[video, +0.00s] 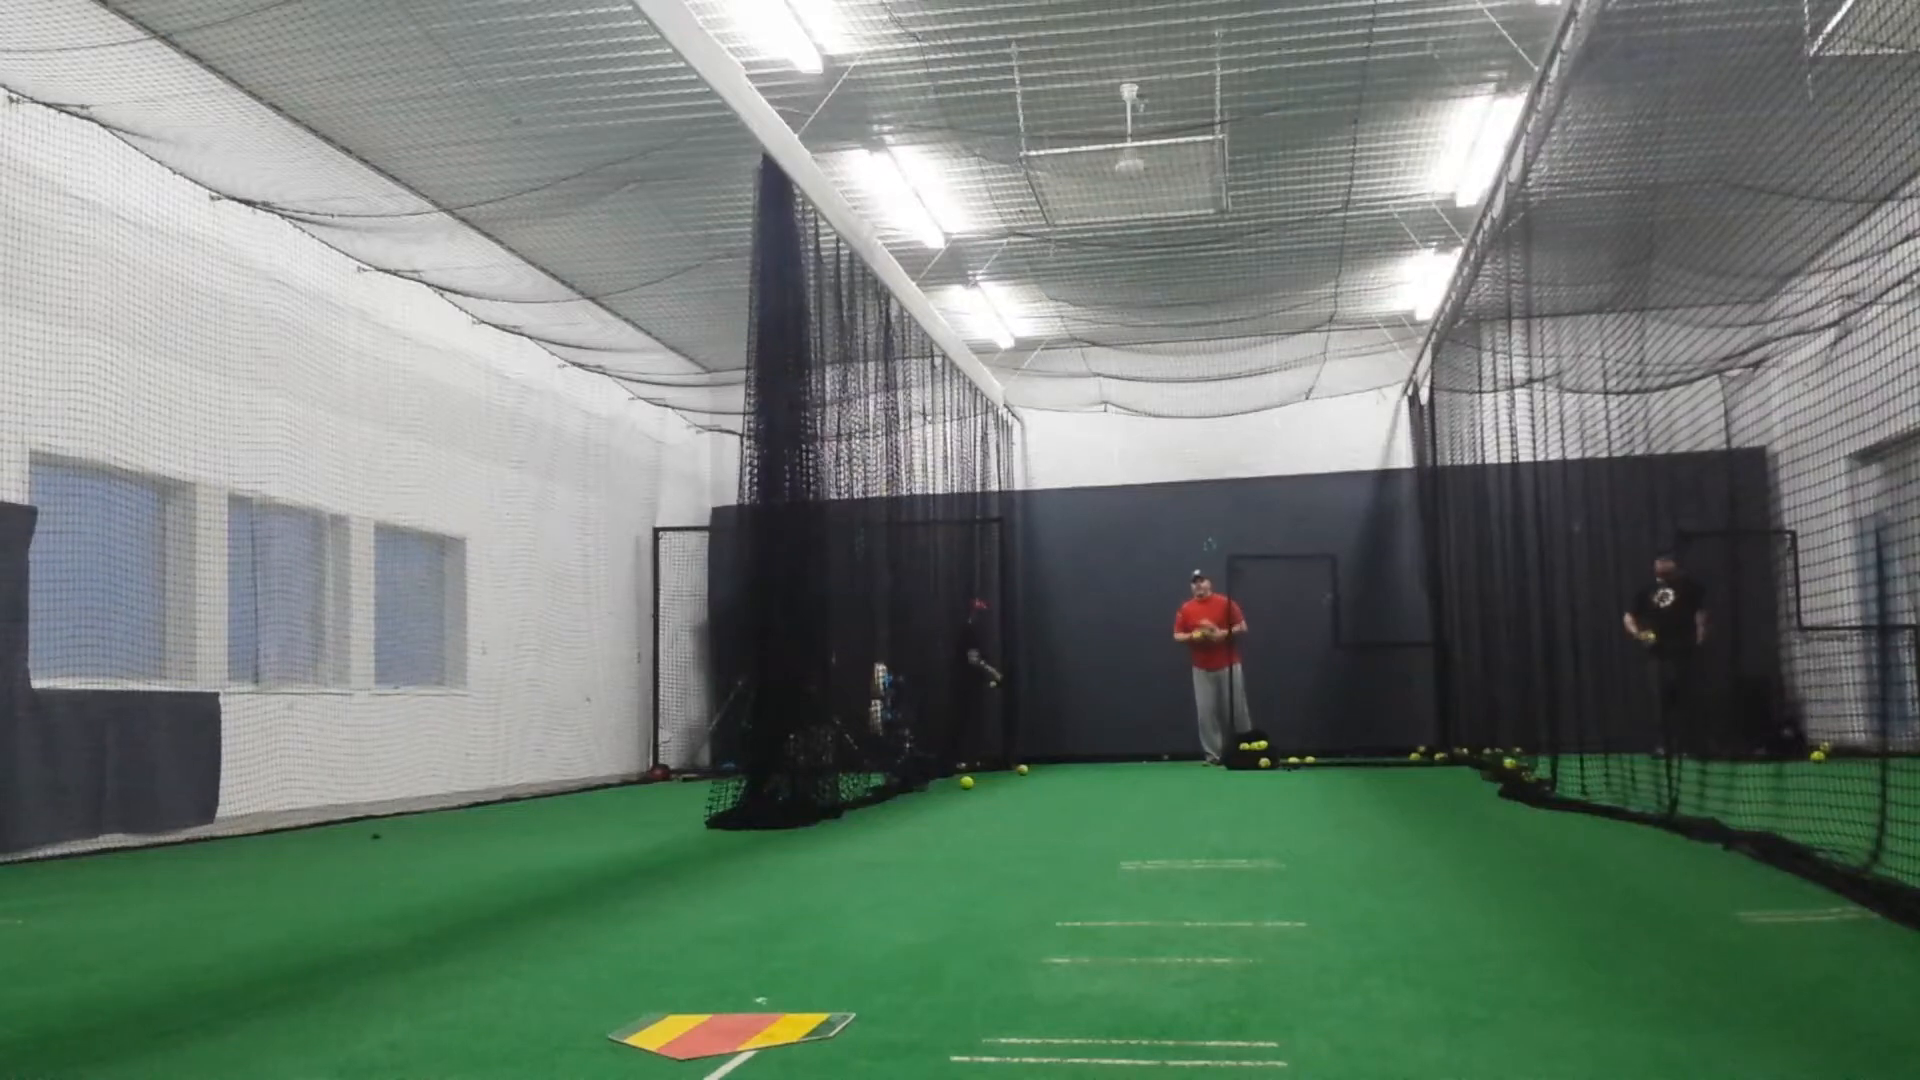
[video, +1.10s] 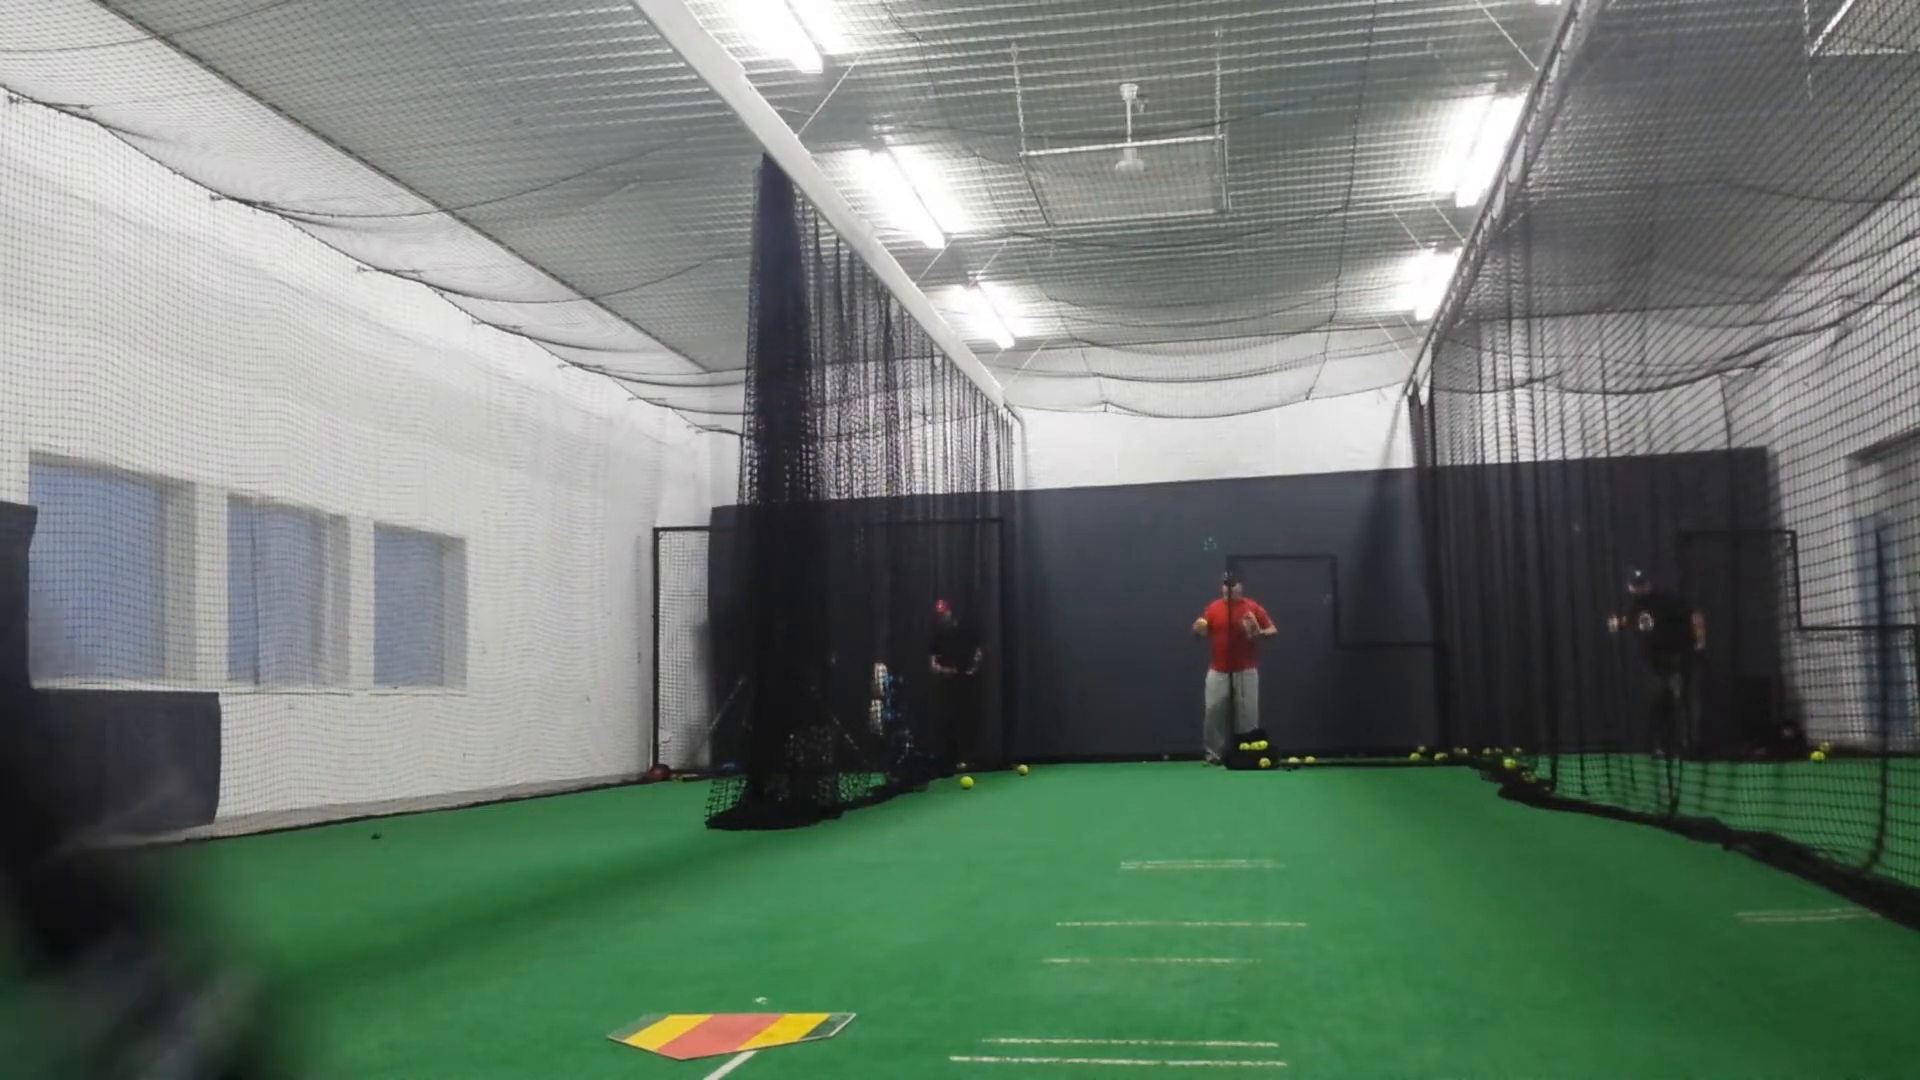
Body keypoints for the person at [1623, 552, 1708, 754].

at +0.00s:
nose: (1664, 575)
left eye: (1668, 571)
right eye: (1660, 571)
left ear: (1676, 569)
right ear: (1655, 570)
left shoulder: (1689, 588)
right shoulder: (1647, 591)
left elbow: (1700, 614)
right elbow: (1629, 617)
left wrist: (1700, 636)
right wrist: (1638, 633)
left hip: (1684, 646)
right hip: (1658, 648)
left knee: (1686, 694)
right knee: (1660, 696)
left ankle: (1687, 742)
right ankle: (1662, 743)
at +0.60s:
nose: (1643, 573)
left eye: (1648, 567)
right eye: (1640, 568)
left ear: (1656, 568)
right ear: (1636, 571)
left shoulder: (1670, 590)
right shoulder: (1641, 596)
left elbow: (1679, 615)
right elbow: (1629, 623)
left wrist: (1677, 640)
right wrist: (1609, 642)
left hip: (1669, 649)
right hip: (1648, 650)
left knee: (1674, 695)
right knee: (1652, 697)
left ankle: (1678, 743)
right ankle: (1658, 744)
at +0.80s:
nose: (1637, 576)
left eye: (1641, 571)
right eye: (1634, 572)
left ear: (1651, 571)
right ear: (1631, 574)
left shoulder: (1665, 590)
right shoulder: (1637, 594)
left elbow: (1677, 614)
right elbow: (1624, 610)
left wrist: (1677, 639)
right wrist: (1606, 611)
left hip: (1668, 648)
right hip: (1648, 649)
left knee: (1674, 695)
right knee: (1653, 697)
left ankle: (1681, 741)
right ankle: (1658, 743)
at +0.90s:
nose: (1637, 579)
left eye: (1640, 574)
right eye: (1633, 575)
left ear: (1648, 573)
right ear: (1629, 577)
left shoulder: (1661, 591)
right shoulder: (1635, 594)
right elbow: (1625, 605)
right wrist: (1610, 600)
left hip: (1671, 648)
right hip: (1650, 650)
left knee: (1674, 696)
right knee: (1654, 696)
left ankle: (1679, 741)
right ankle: (1659, 743)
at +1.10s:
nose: (1637, 591)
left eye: (1640, 586)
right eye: (1634, 587)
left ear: (1648, 584)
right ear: (1630, 588)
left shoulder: (1666, 599)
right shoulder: (1636, 603)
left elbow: (1694, 616)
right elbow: (1630, 621)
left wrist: (1699, 640)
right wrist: (1617, 624)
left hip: (1679, 651)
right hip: (1655, 652)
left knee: (1681, 697)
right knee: (1658, 696)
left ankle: (1685, 742)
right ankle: (1659, 743)